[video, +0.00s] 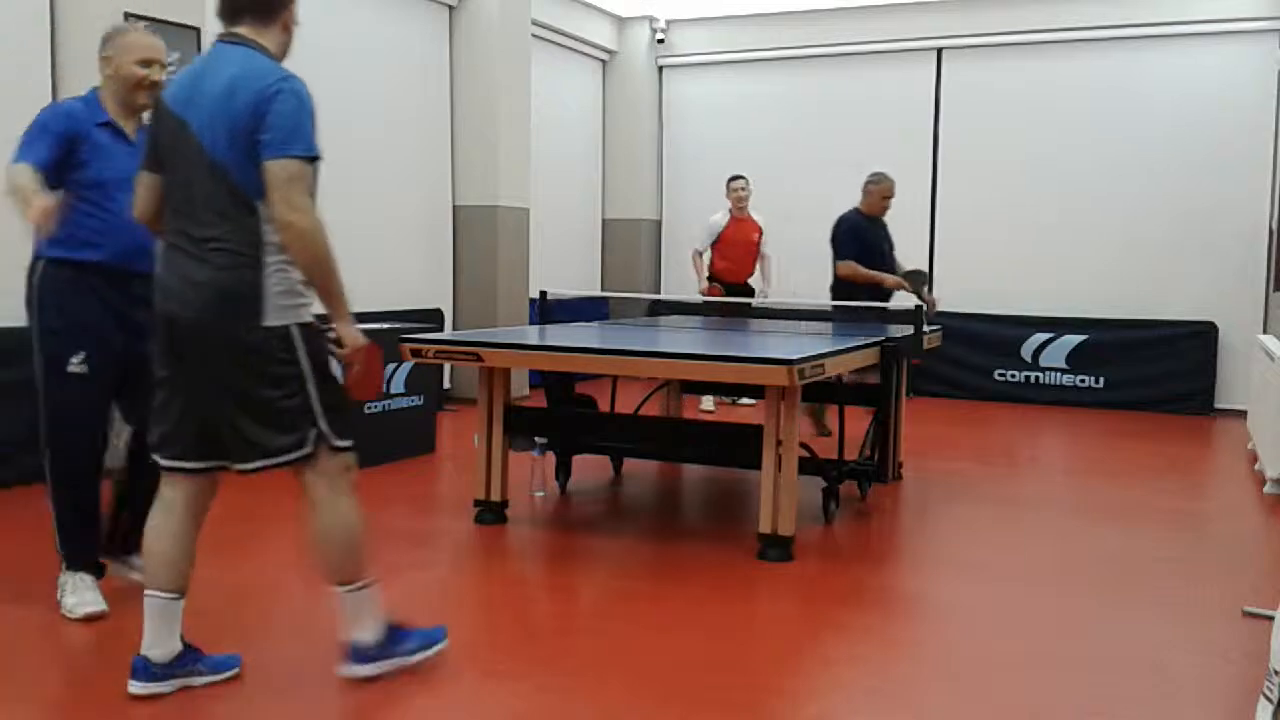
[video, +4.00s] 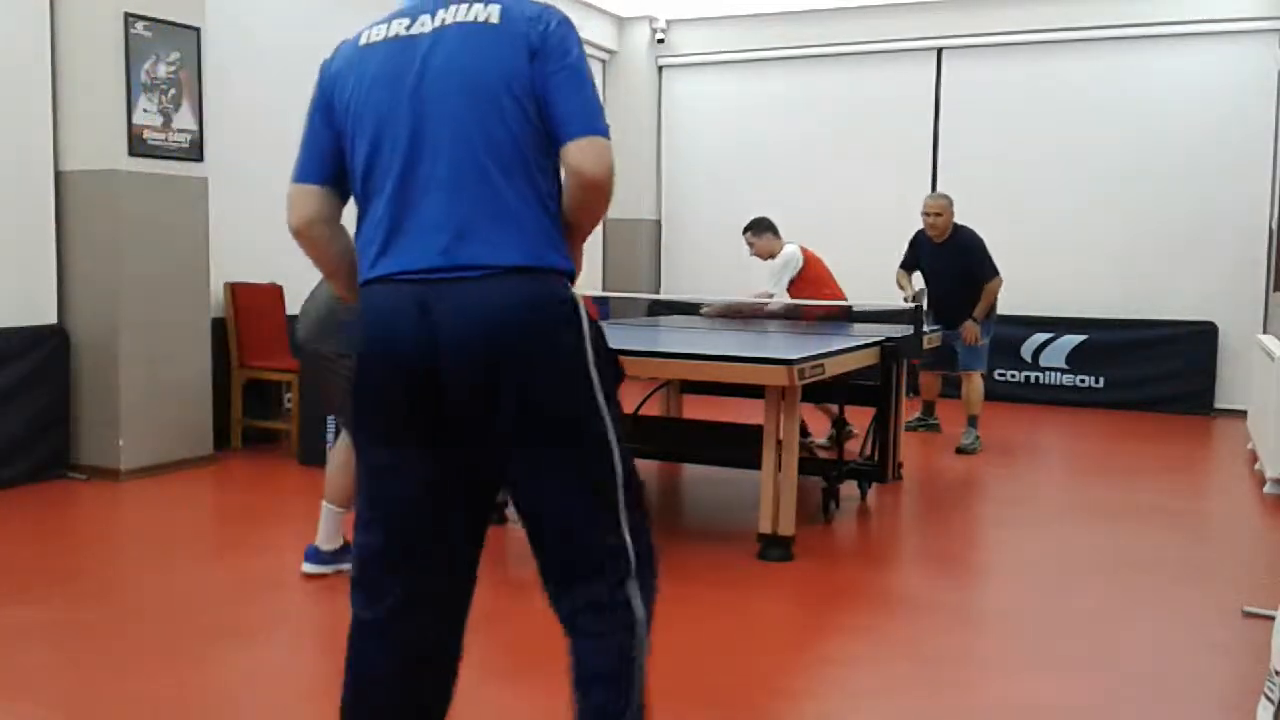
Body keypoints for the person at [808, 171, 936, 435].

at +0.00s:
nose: (888, 205)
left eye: (890, 199)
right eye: (884, 199)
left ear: (887, 197)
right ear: (867, 194)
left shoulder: (878, 225)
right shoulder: (847, 223)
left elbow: (890, 266)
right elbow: (844, 268)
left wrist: (919, 290)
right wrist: (884, 279)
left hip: (875, 310)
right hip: (850, 311)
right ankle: (818, 404)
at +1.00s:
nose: (968, 194)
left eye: (974, 190)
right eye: (967, 189)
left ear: (994, 191)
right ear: (969, 190)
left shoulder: (1015, 224)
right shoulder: (961, 221)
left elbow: (1013, 268)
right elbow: (941, 258)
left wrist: (974, 269)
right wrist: (951, 263)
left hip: (1004, 313)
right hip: (970, 313)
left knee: (996, 372)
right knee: (982, 374)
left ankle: (991, 432)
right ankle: (1010, 420)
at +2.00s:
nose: (936, 194)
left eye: (942, 188)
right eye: (931, 189)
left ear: (956, 189)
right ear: (927, 191)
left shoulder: (973, 219)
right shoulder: (929, 221)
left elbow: (990, 257)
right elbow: (922, 252)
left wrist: (963, 284)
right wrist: (904, 262)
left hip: (967, 307)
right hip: (935, 306)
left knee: (960, 366)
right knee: (922, 359)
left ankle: (958, 425)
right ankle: (920, 416)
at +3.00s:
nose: (942, 207)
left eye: (948, 201)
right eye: (937, 201)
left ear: (960, 202)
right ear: (931, 202)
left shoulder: (974, 231)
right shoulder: (927, 226)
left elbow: (992, 275)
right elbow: (915, 258)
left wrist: (978, 316)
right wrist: (916, 273)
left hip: (967, 315)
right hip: (935, 313)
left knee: (967, 372)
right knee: (923, 363)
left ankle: (971, 430)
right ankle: (917, 412)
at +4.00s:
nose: (930, 221)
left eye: (937, 216)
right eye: (926, 215)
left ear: (951, 216)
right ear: (921, 215)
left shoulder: (968, 240)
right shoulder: (920, 240)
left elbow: (994, 281)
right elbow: (903, 272)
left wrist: (975, 320)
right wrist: (908, 289)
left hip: (970, 319)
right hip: (937, 317)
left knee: (970, 371)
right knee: (928, 366)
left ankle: (972, 431)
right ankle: (927, 415)